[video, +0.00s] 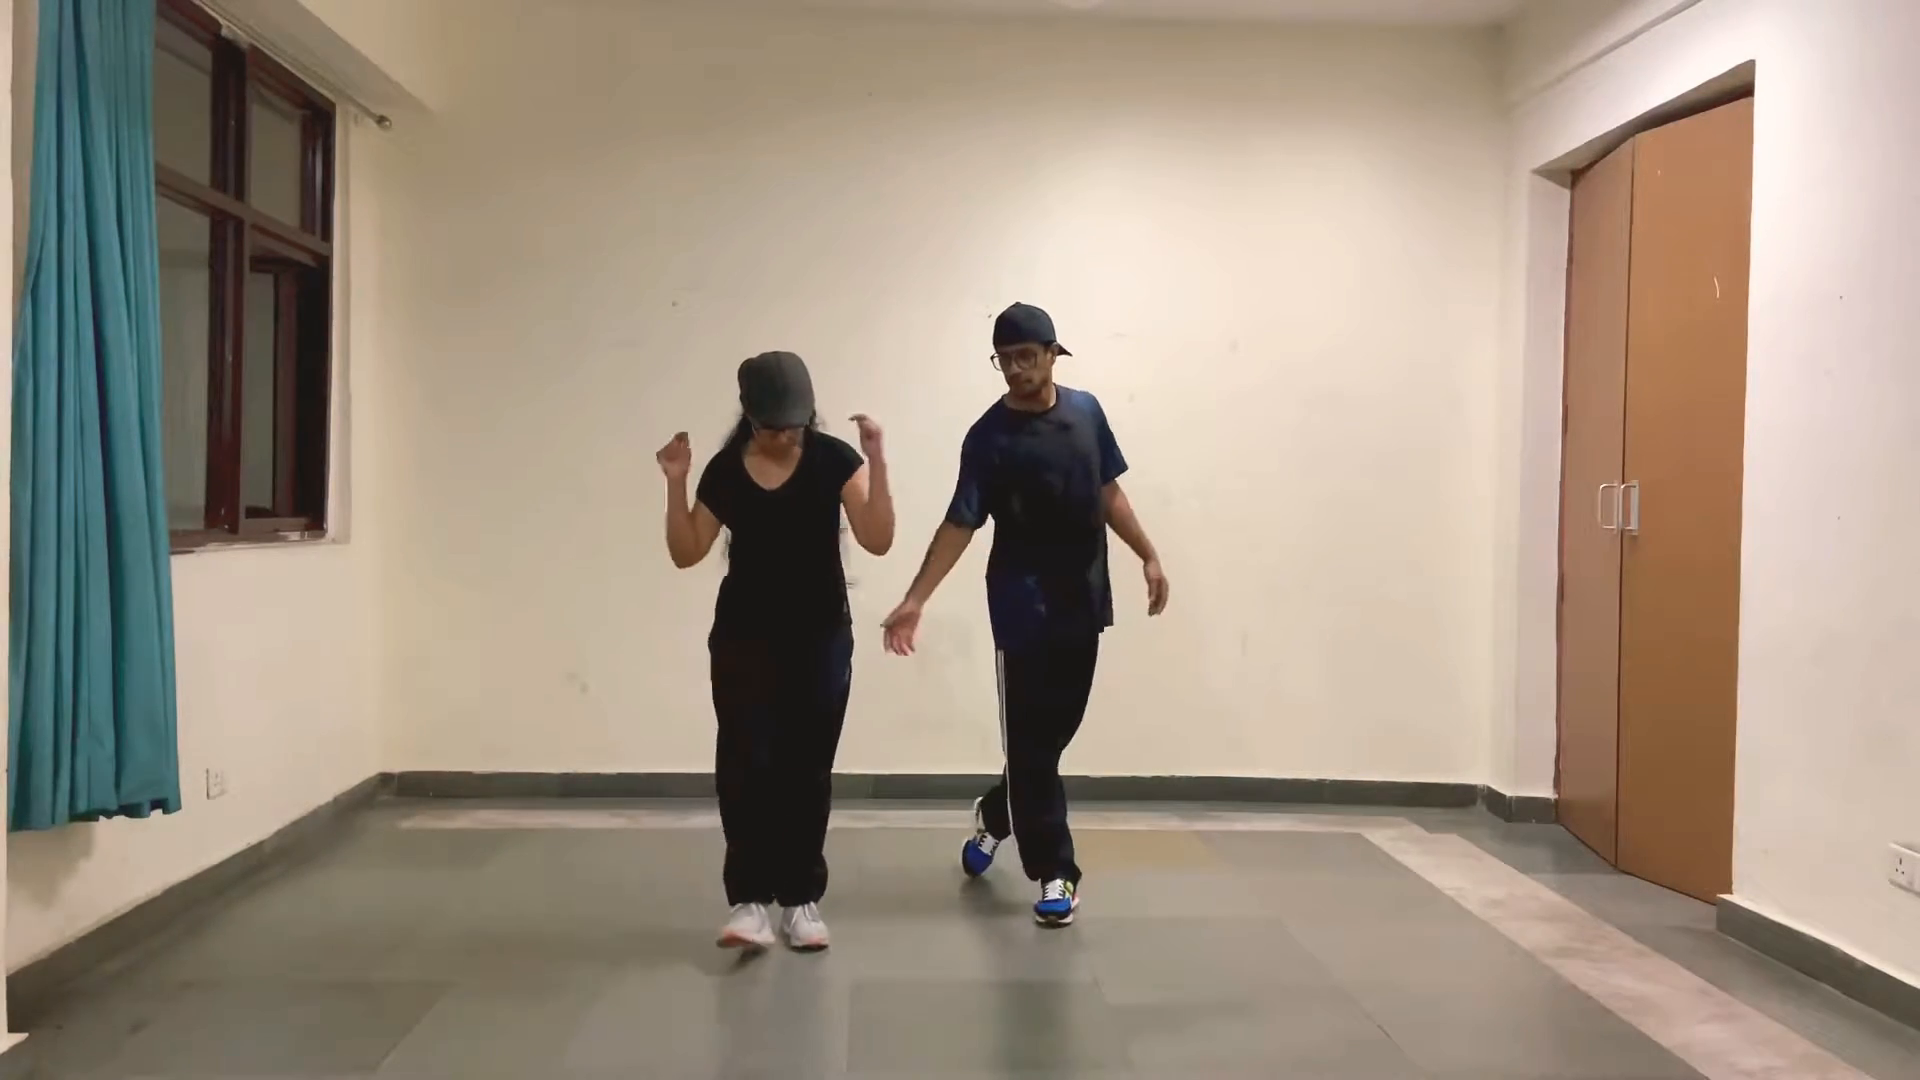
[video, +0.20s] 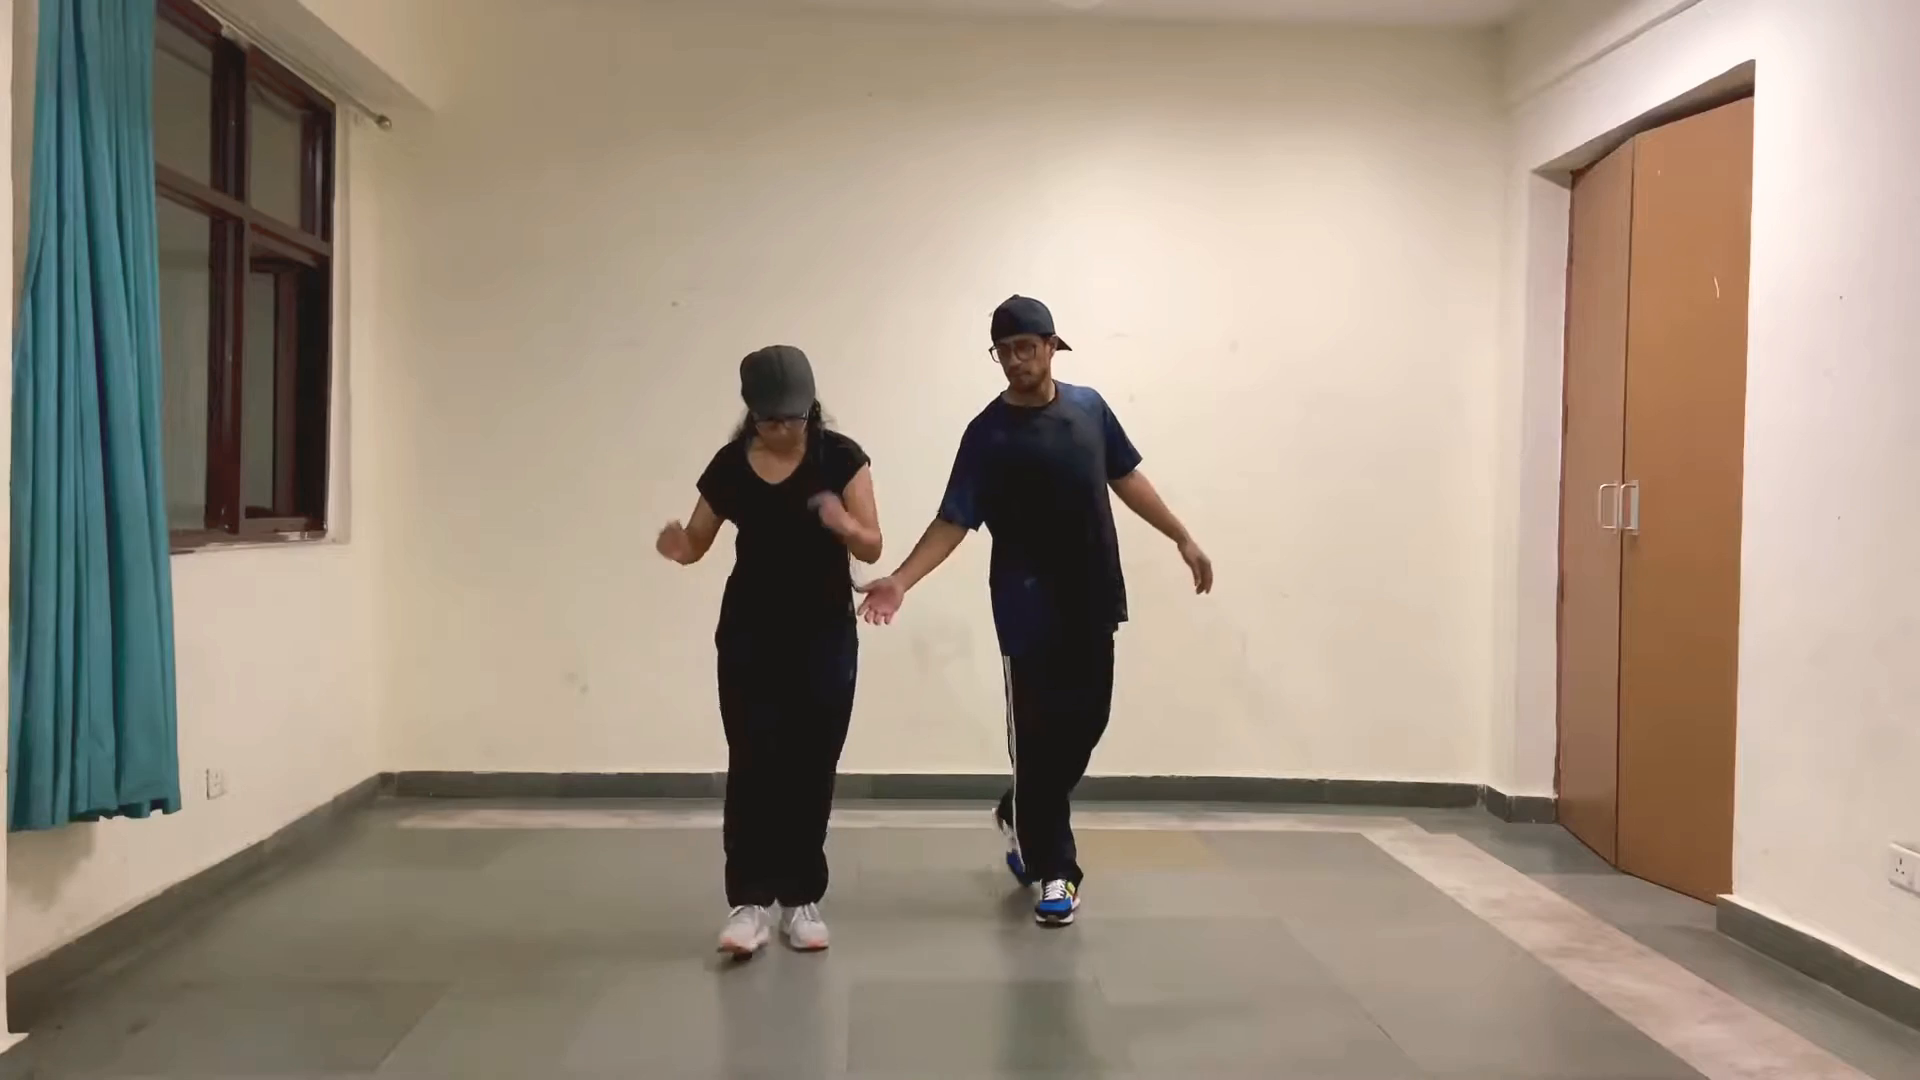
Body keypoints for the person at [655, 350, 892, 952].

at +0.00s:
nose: (787, 436)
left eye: (795, 424)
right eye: (774, 427)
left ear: (808, 413)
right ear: (750, 417)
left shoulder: (832, 457)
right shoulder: (728, 468)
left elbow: (877, 540)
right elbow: (687, 552)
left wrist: (876, 463)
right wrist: (676, 483)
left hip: (819, 636)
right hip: (745, 635)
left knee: (807, 766)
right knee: (745, 766)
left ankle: (802, 903)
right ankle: (749, 905)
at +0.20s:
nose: (784, 428)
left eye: (794, 416)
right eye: (771, 418)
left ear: (811, 407)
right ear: (751, 412)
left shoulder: (840, 457)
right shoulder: (731, 465)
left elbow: (873, 547)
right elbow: (696, 543)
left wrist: (847, 527)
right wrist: (676, 542)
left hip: (823, 635)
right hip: (751, 632)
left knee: (812, 765)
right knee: (751, 765)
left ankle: (803, 903)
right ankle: (749, 905)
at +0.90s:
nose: (765, 412)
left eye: (775, 401)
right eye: (752, 401)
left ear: (790, 400)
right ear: (730, 400)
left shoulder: (811, 456)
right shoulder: (700, 462)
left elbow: (851, 520)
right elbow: (661, 539)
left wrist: (900, 561)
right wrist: (624, 613)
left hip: (794, 633)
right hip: (722, 636)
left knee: (796, 762)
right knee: (728, 765)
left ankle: (799, 902)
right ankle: (739, 901)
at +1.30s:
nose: (769, 402)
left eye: (780, 391)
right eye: (757, 390)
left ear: (795, 395)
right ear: (736, 392)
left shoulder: (817, 457)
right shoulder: (706, 457)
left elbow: (842, 537)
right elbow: (681, 534)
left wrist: (849, 611)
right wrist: (672, 600)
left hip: (796, 630)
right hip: (723, 630)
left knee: (795, 763)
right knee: (728, 763)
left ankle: (797, 902)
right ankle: (738, 900)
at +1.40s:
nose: (771, 413)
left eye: (782, 402)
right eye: (758, 403)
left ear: (797, 398)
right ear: (736, 398)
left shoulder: (816, 459)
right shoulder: (707, 457)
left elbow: (834, 545)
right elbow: (687, 537)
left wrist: (847, 616)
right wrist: (669, 584)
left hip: (792, 633)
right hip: (721, 633)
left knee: (794, 764)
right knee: (726, 764)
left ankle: (798, 900)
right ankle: (738, 900)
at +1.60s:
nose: (759, 416)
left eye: (770, 404)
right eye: (747, 405)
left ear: (789, 403)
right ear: (730, 403)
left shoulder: (815, 466)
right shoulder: (704, 463)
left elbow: (834, 547)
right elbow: (676, 541)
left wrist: (837, 613)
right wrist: (652, 601)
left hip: (784, 637)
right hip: (711, 637)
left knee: (786, 771)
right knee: (709, 768)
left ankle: (797, 901)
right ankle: (725, 887)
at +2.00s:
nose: (726, 440)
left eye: (738, 428)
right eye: (715, 428)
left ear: (760, 425)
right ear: (699, 424)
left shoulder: (787, 485)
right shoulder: (673, 477)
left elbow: (800, 560)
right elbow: (630, 550)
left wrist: (801, 625)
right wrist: (595, 622)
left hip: (747, 651)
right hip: (674, 645)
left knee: (735, 775)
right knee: (625, 762)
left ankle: (771, 900)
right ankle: (576, 887)